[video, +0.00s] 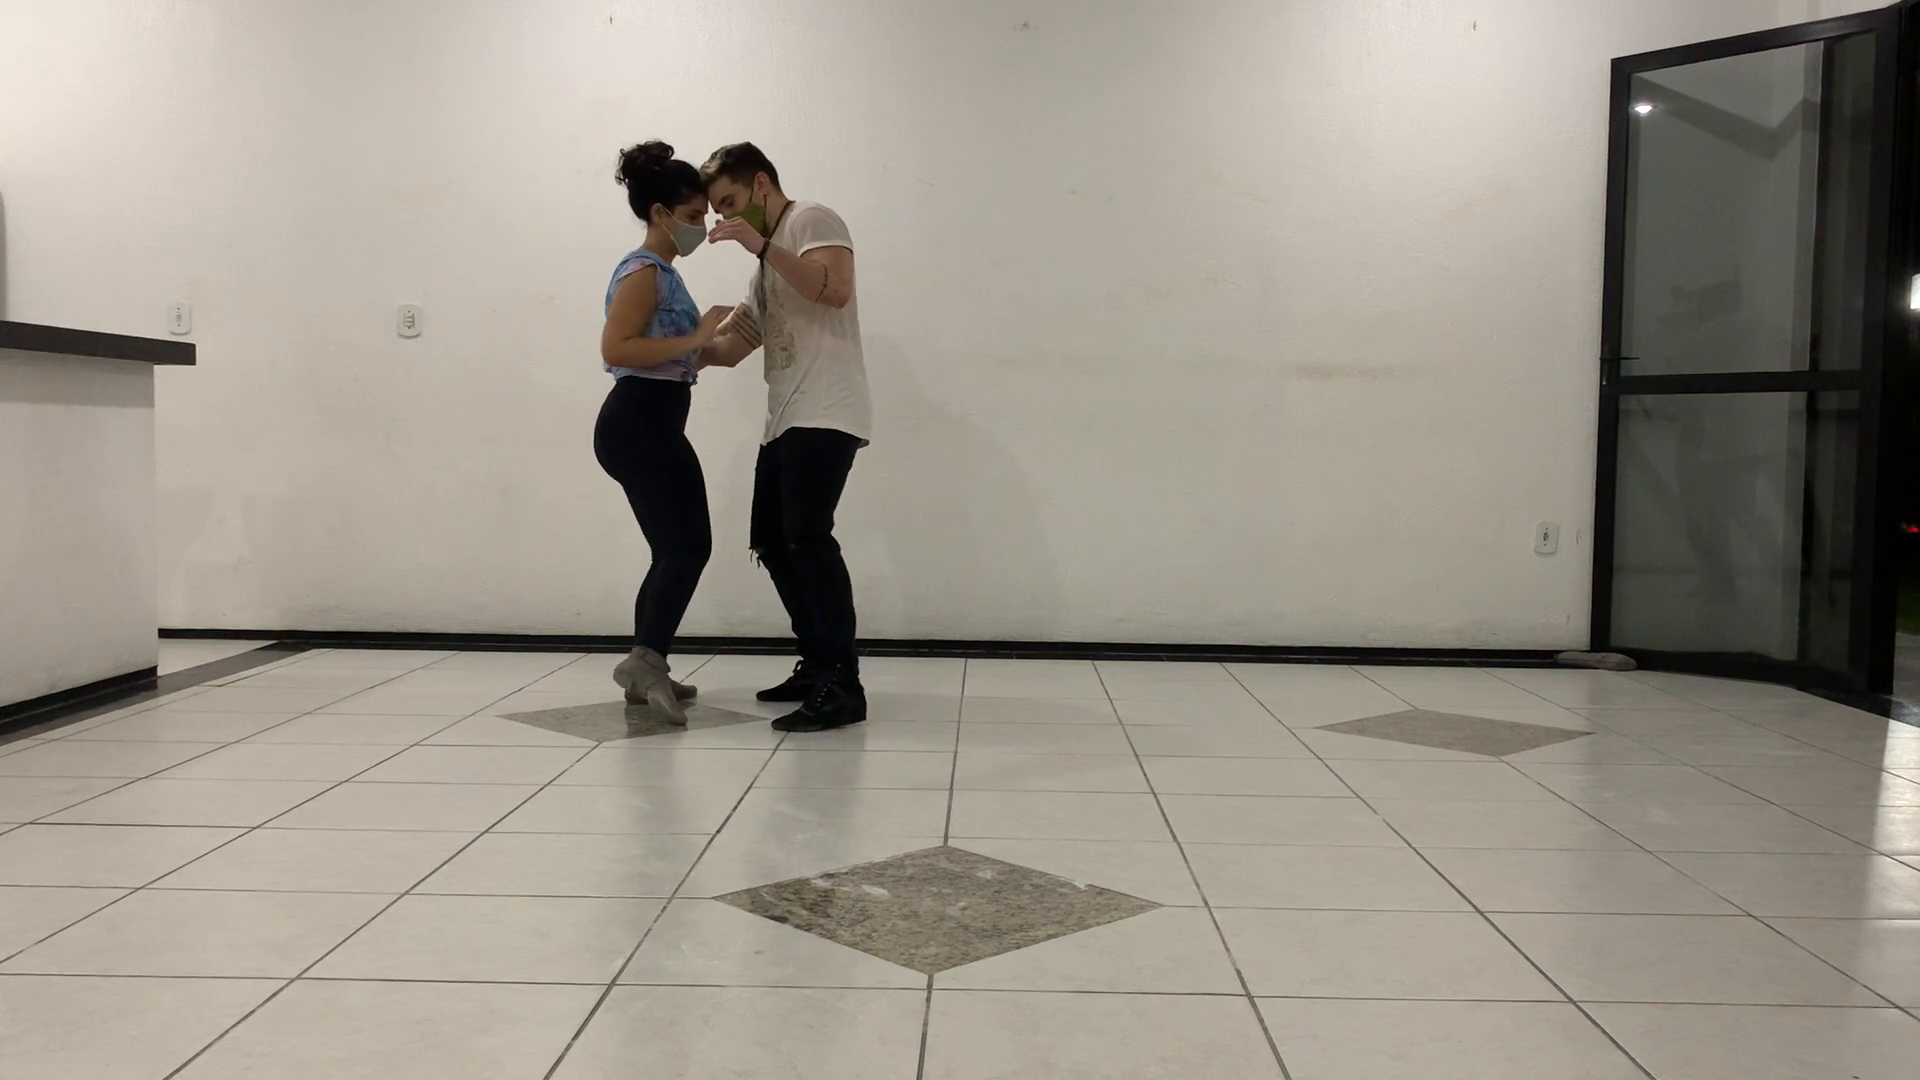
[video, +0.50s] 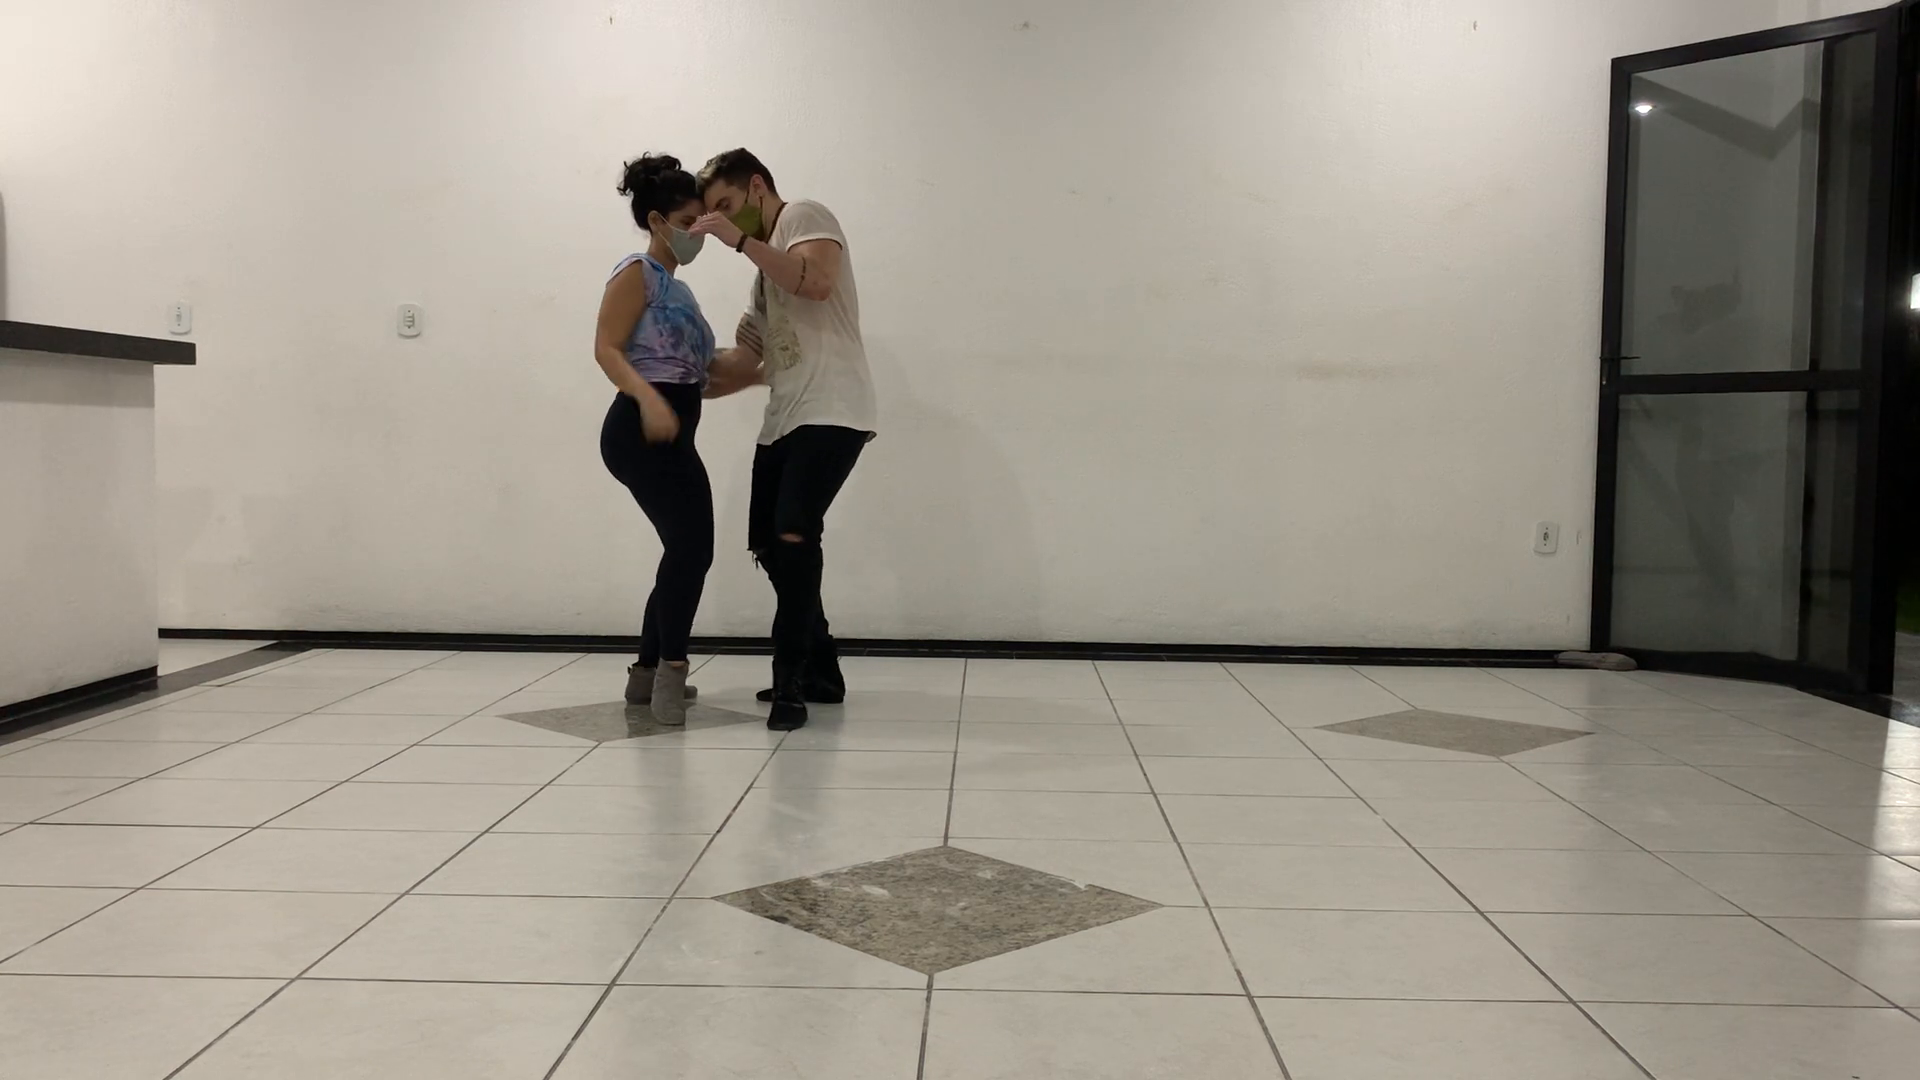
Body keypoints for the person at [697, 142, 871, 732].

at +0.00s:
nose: (730, 219)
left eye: (731, 203)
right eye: (721, 210)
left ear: (763, 183)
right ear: (740, 203)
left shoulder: (812, 219)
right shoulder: (765, 272)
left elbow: (836, 288)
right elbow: (728, 349)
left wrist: (760, 245)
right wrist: (660, 340)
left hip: (827, 411)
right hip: (786, 418)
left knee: (806, 538)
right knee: (771, 542)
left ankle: (842, 687)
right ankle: (818, 666)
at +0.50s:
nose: (724, 223)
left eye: (727, 207)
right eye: (715, 214)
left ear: (759, 187)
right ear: (730, 212)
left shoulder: (806, 215)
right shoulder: (763, 274)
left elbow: (813, 280)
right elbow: (744, 363)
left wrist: (739, 240)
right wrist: (672, 373)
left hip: (833, 405)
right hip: (783, 417)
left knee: (791, 530)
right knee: (768, 541)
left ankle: (789, 686)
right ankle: (821, 671)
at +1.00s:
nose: (728, 224)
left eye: (731, 209)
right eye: (720, 217)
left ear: (764, 191)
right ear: (737, 216)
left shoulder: (806, 218)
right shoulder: (769, 281)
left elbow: (816, 278)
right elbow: (741, 365)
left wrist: (740, 238)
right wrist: (670, 356)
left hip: (828, 410)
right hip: (790, 420)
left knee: (813, 538)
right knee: (773, 541)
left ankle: (846, 690)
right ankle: (818, 666)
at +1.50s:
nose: (726, 228)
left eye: (729, 213)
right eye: (718, 220)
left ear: (762, 193)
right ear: (738, 216)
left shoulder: (803, 219)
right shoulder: (768, 284)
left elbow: (814, 279)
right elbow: (739, 368)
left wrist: (736, 242)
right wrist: (672, 357)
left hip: (826, 408)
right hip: (788, 418)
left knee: (801, 534)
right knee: (767, 540)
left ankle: (842, 687)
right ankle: (817, 668)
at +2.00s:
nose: (722, 227)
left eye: (724, 211)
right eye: (714, 220)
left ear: (757, 192)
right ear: (739, 212)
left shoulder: (802, 218)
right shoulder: (763, 277)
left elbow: (809, 282)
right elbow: (744, 369)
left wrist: (732, 248)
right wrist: (686, 362)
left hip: (833, 411)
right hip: (782, 420)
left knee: (793, 536)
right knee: (765, 543)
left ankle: (778, 683)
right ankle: (820, 671)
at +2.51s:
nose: (722, 232)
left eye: (725, 215)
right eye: (714, 223)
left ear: (758, 196)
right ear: (735, 218)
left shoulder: (799, 221)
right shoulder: (768, 282)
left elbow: (808, 284)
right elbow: (743, 371)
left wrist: (729, 251)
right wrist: (674, 361)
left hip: (826, 412)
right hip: (789, 422)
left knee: (806, 540)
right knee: (768, 543)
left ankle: (847, 690)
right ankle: (818, 667)